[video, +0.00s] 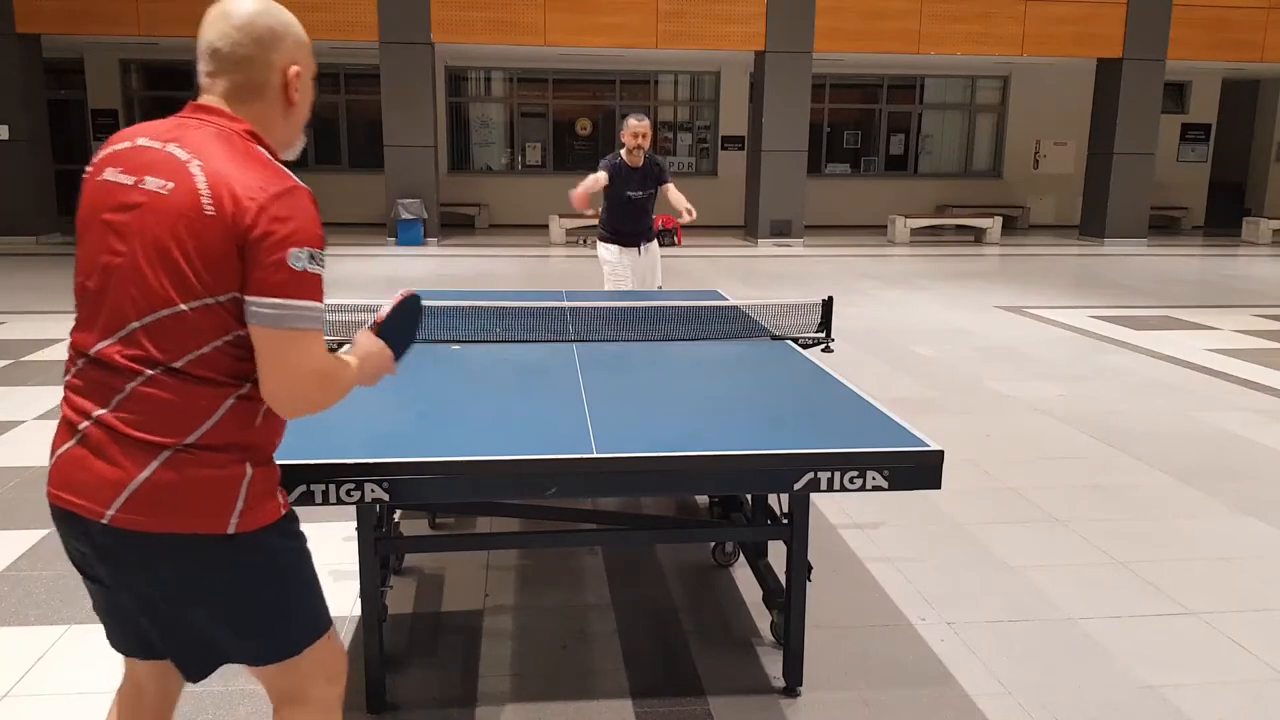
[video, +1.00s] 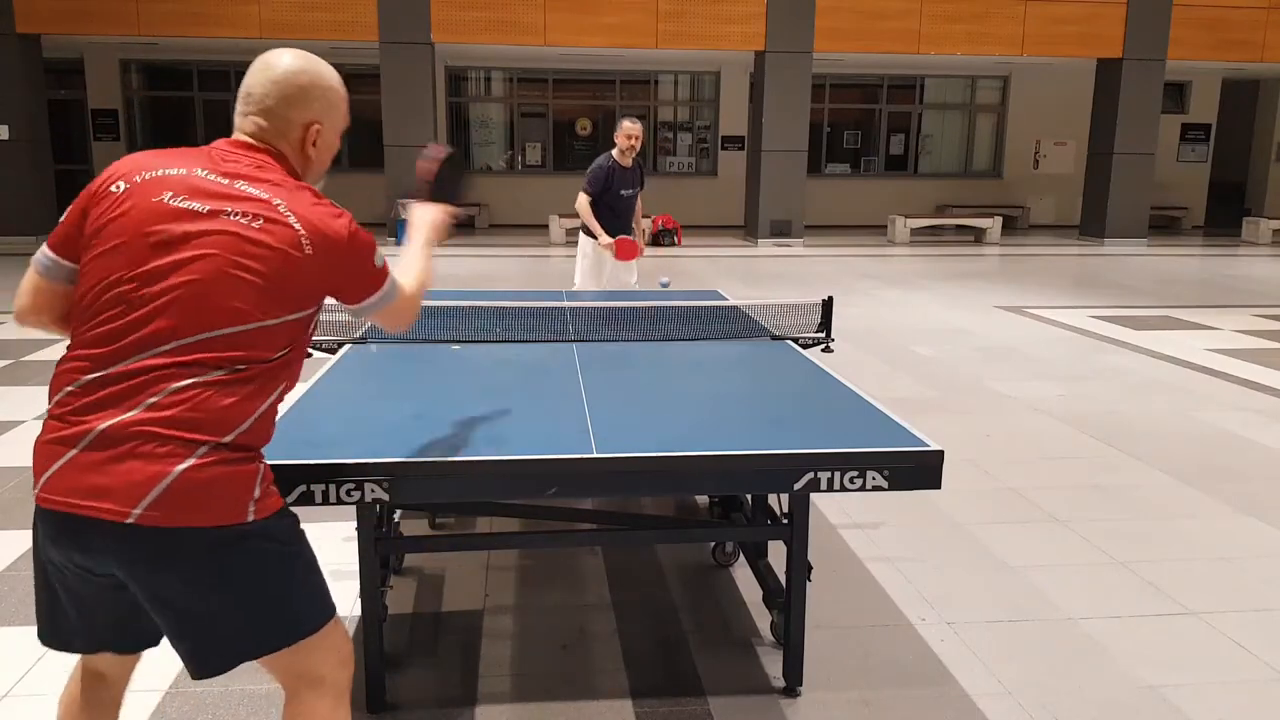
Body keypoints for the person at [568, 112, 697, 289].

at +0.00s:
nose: (640, 142)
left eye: (644, 136)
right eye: (634, 136)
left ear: (651, 137)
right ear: (623, 136)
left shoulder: (655, 165)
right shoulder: (612, 164)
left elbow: (670, 190)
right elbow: (599, 179)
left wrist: (684, 207)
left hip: (647, 245)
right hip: (614, 246)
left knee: (650, 300)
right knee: (621, 302)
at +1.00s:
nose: (633, 143)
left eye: (637, 138)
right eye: (628, 138)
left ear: (642, 140)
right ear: (616, 138)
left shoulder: (636, 166)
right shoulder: (602, 166)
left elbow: (635, 201)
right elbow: (581, 203)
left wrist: (639, 235)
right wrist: (601, 235)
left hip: (624, 243)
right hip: (594, 243)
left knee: (626, 296)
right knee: (588, 295)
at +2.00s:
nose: (660, 163)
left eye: (665, 158)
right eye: (656, 157)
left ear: (670, 160)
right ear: (645, 156)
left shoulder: (668, 182)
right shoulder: (630, 182)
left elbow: (679, 212)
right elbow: (604, 207)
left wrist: (695, 244)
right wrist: (595, 232)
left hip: (658, 246)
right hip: (630, 246)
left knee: (664, 296)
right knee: (643, 295)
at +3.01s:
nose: (649, 161)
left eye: (653, 157)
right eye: (645, 155)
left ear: (658, 158)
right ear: (635, 154)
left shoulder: (653, 175)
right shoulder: (621, 179)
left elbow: (655, 204)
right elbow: (606, 217)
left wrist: (664, 239)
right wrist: (628, 246)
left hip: (641, 239)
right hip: (615, 239)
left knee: (649, 285)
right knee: (620, 283)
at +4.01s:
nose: (623, 150)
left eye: (627, 145)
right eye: (619, 145)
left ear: (634, 146)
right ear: (610, 145)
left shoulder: (636, 168)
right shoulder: (598, 170)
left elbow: (649, 197)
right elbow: (578, 200)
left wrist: (656, 221)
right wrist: (578, 225)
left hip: (630, 237)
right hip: (601, 238)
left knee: (631, 287)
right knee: (598, 283)